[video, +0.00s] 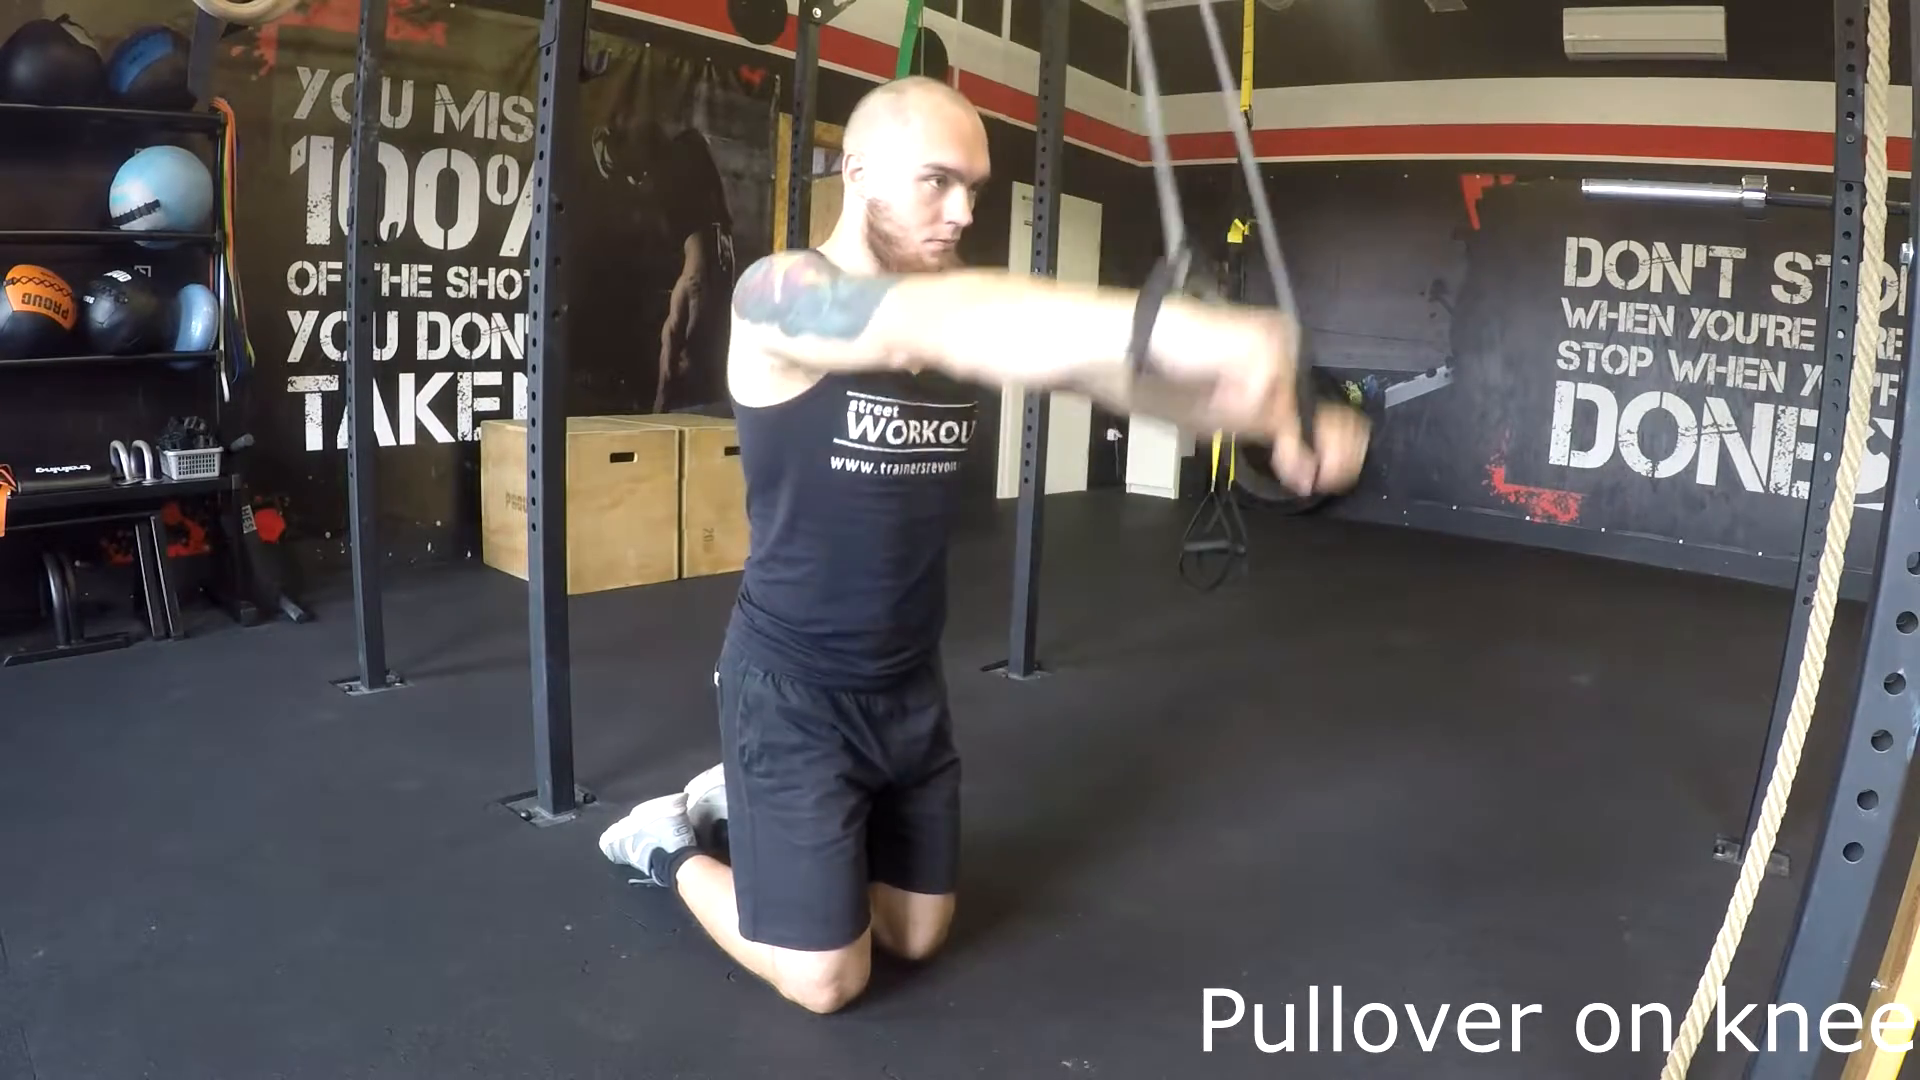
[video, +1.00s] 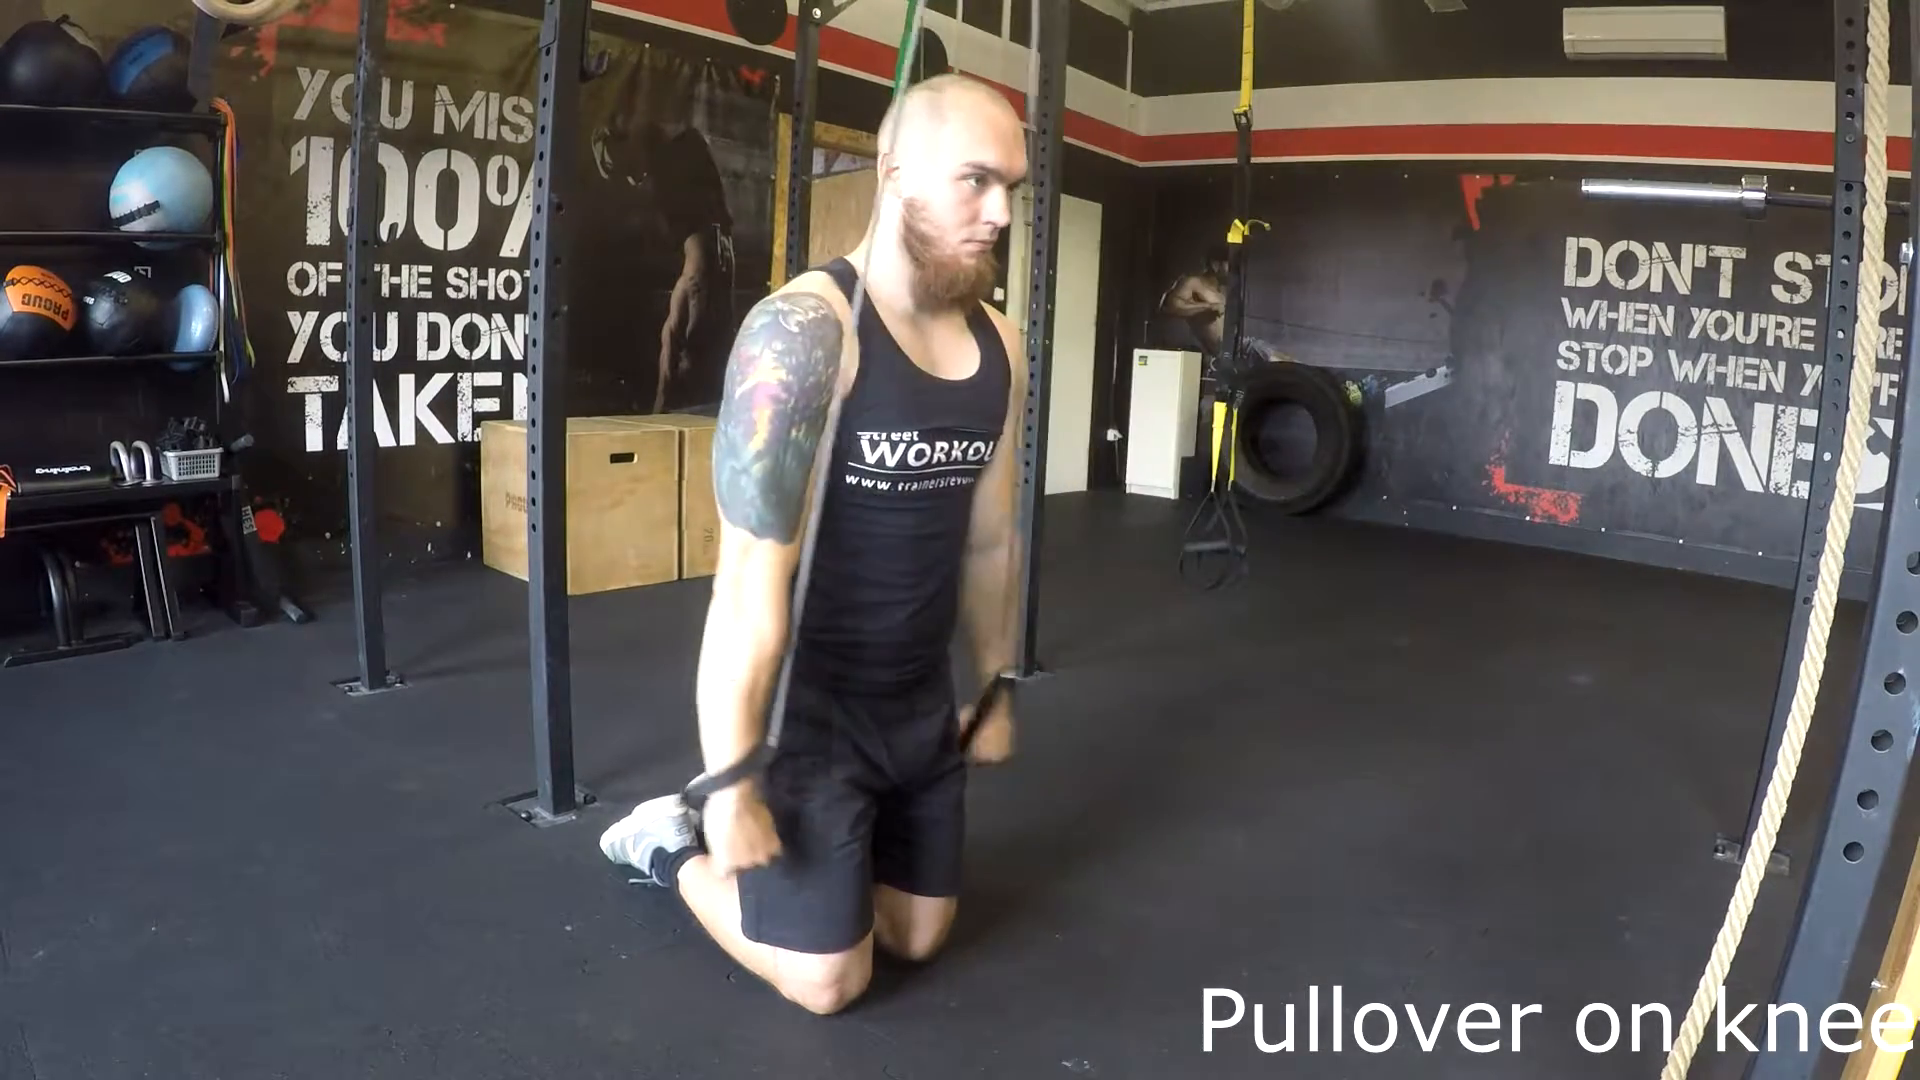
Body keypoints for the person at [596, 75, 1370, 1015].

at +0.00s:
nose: (960, 214)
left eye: (974, 191)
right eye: (936, 182)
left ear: (979, 196)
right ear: (857, 172)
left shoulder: (967, 312)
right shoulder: (776, 291)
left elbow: (1096, 370)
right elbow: (927, 328)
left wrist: (1257, 415)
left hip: (908, 680)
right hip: (790, 682)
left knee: (915, 933)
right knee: (822, 979)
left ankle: (744, 804)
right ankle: (671, 856)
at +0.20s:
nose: (964, 216)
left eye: (980, 195)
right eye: (940, 186)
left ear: (986, 198)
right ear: (858, 177)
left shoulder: (966, 300)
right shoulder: (782, 288)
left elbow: (1114, 330)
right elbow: (965, 295)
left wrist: (1285, 339)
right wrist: (1209, 271)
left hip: (909, 682)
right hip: (792, 685)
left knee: (917, 932)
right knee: (822, 980)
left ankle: (744, 807)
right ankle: (675, 854)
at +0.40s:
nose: (972, 216)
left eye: (987, 193)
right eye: (948, 185)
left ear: (993, 196)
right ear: (871, 177)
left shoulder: (977, 308)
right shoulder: (789, 303)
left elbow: (1105, 382)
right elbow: (961, 415)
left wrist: (1270, 457)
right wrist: (1158, 488)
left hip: (910, 683)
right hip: (793, 685)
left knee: (916, 931)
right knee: (822, 979)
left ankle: (744, 803)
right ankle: (673, 855)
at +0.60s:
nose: (982, 212)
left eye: (996, 187)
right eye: (955, 180)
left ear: (1003, 193)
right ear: (876, 178)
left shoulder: (994, 331)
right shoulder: (794, 326)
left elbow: (1086, 490)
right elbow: (877, 535)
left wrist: (1191, 643)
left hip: (932, 677)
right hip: (801, 683)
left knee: (915, 933)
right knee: (823, 981)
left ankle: (752, 810)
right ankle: (672, 853)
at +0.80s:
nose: (995, 212)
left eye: (1006, 186)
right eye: (969, 181)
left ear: (1011, 192)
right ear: (891, 181)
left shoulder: (997, 340)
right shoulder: (798, 334)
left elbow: (1032, 533)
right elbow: (796, 589)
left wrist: (1067, 688)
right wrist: (817, 804)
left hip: (914, 681)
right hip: (802, 687)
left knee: (917, 931)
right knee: (825, 981)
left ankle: (735, 803)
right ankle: (671, 854)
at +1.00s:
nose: (1000, 213)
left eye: (1011, 187)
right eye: (976, 182)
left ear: (1016, 195)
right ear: (896, 177)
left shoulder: (997, 343)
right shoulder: (801, 332)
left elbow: (993, 538)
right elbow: (752, 578)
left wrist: (997, 682)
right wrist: (730, 779)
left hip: (923, 699)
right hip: (807, 707)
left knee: (916, 934)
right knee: (827, 982)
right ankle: (677, 844)